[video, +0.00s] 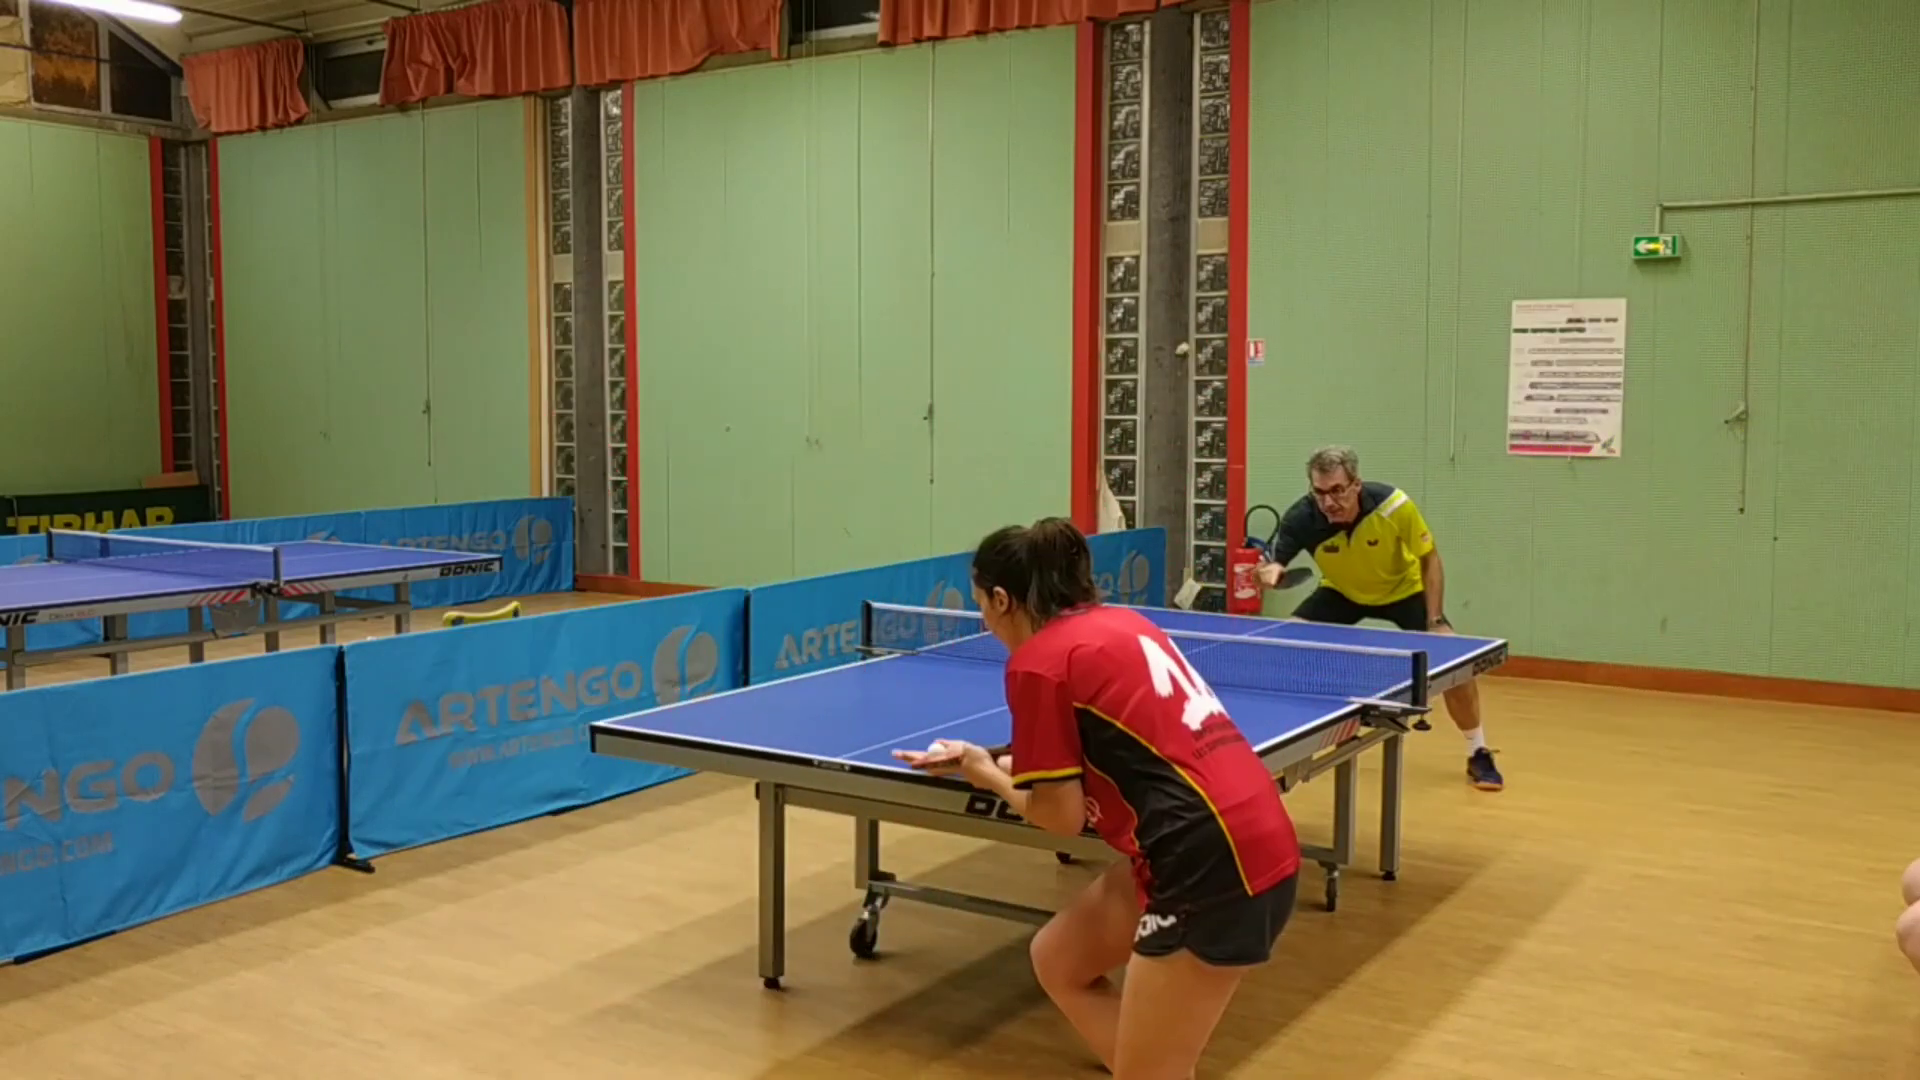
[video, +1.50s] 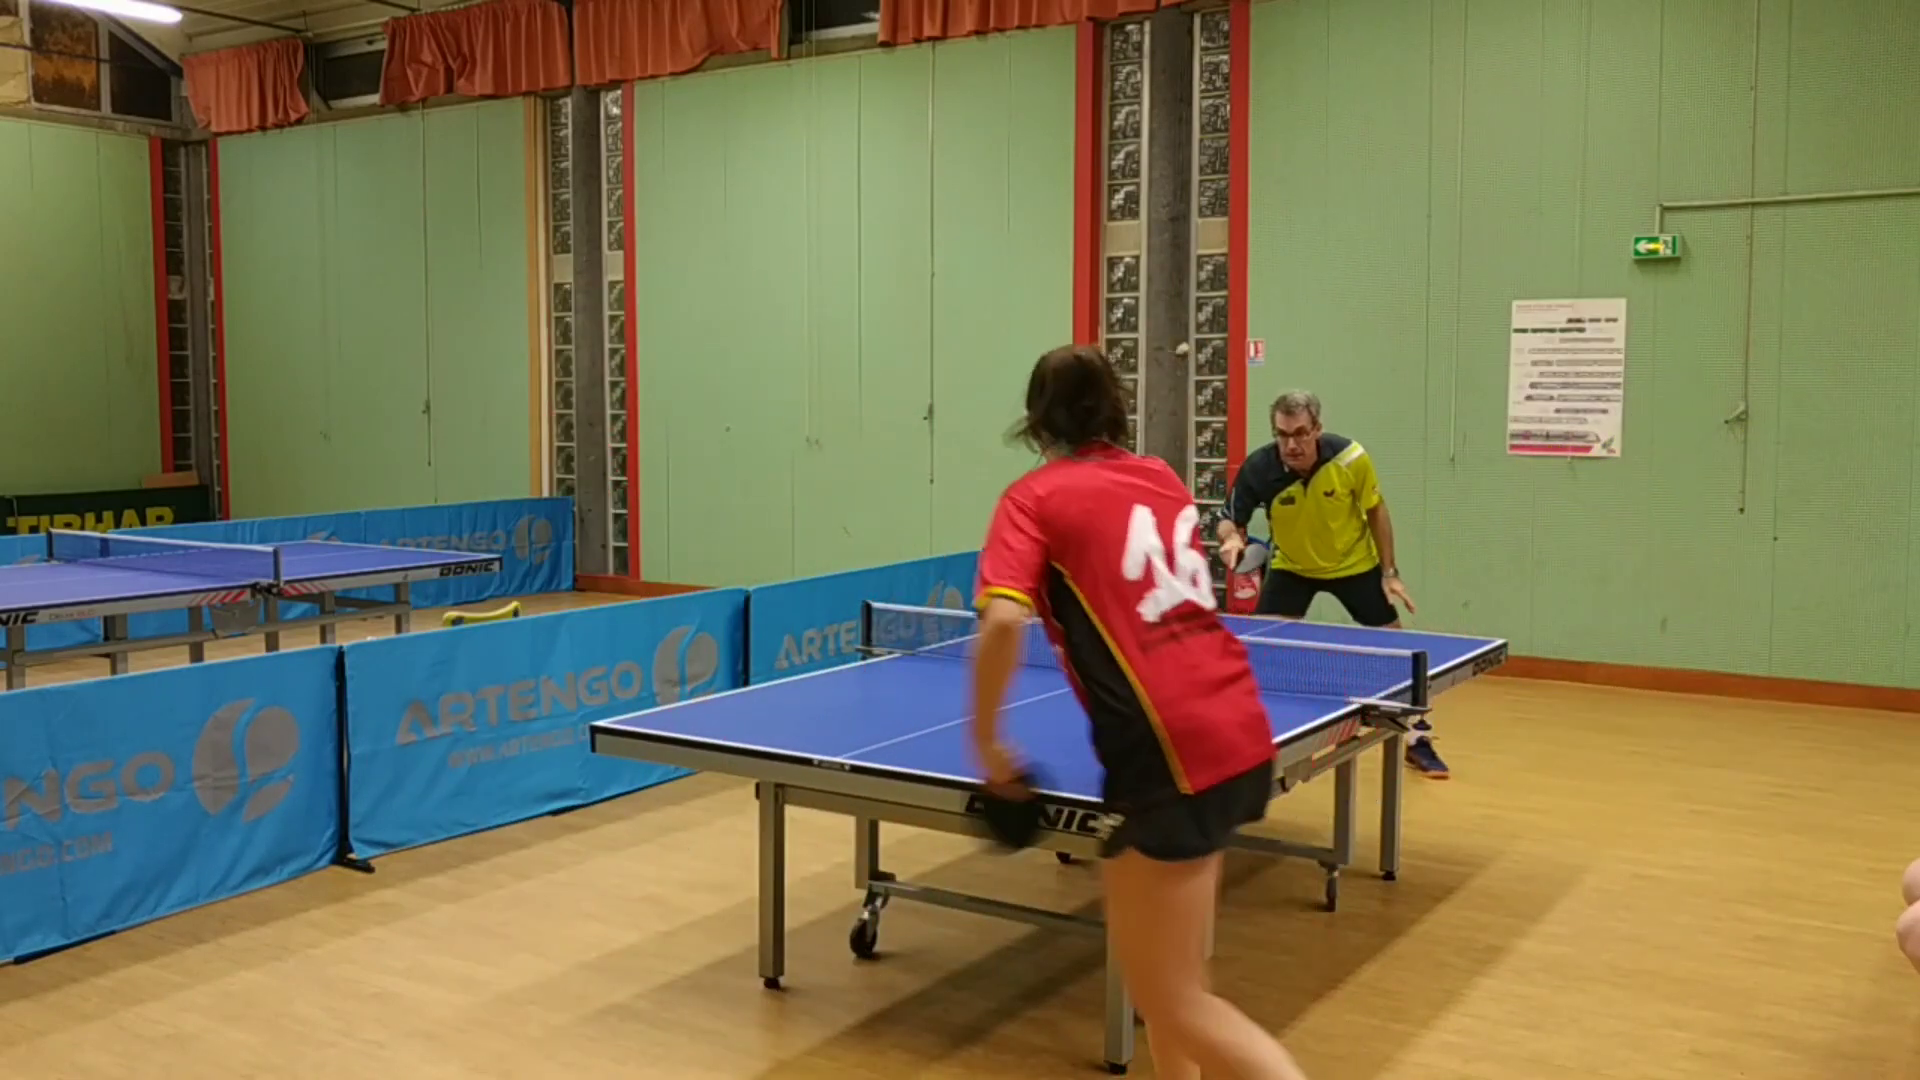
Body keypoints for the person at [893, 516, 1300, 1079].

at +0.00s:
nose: (984, 621)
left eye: (981, 605)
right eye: (980, 606)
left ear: (1003, 600)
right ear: (1066, 581)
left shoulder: (1039, 661)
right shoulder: (1125, 622)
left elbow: (1061, 817)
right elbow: (1112, 762)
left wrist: (991, 777)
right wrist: (986, 759)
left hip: (1213, 870)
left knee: (1147, 1070)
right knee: (1058, 960)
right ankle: (1144, 1068)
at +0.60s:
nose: (1023, 523)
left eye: (1024, 506)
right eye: (1022, 507)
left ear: (1052, 512)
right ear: (1104, 504)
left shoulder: (1094, 587)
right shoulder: (1158, 562)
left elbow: (1084, 742)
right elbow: (1114, 694)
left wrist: (1010, 683)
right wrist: (995, 669)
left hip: (1245, 828)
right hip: (1209, 810)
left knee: (1168, 1054)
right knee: (1093, 941)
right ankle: (1154, 1069)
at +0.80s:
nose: (1061, 462)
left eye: (1066, 448)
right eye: (1063, 447)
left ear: (1094, 459)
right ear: (1147, 455)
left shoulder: (1136, 544)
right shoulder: (1207, 519)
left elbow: (1118, 705)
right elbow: (1124, 613)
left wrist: (1017, 680)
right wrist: (1021, 551)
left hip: (1269, 802)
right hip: (1238, 786)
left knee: (1221, 1039)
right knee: (1130, 932)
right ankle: (1176, 1072)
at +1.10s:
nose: (1081, 423)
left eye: (1084, 407)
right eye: (1080, 408)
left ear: (1118, 417)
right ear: (1163, 413)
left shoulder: (1167, 497)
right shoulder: (1235, 471)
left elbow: (1143, 620)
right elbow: (1228, 552)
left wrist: (986, 616)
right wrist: (1130, 520)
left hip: (1306, 760)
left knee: (1293, 1022)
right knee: (1164, 895)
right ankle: (1293, 1051)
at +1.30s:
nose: (1041, 465)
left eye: (1043, 446)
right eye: (1039, 448)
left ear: (1077, 441)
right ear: (1112, 434)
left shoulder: (1118, 507)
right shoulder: (1206, 486)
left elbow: (1160, 617)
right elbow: (1238, 570)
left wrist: (1052, 665)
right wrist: (1126, 563)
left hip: (1273, 769)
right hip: (1317, 738)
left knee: (1288, 1026)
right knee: (1159, 899)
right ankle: (1244, 1067)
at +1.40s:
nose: (1028, 457)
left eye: (1026, 442)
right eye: (1025, 443)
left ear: (1043, 440)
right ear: (1119, 428)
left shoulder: (1074, 506)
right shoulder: (1183, 485)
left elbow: (1088, 636)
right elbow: (1234, 601)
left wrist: (1081, 707)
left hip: (1228, 775)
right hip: (1284, 753)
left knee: (1266, 1021)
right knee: (1162, 923)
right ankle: (1189, 1073)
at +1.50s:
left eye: (1037, 410)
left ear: (1039, 418)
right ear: (1117, 409)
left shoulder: (1034, 498)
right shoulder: (1159, 476)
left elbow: (1005, 621)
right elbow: (1197, 596)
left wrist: (988, 741)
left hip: (1170, 768)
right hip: (1243, 746)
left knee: (1175, 1006)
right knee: (1172, 985)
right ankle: (1176, 1067)